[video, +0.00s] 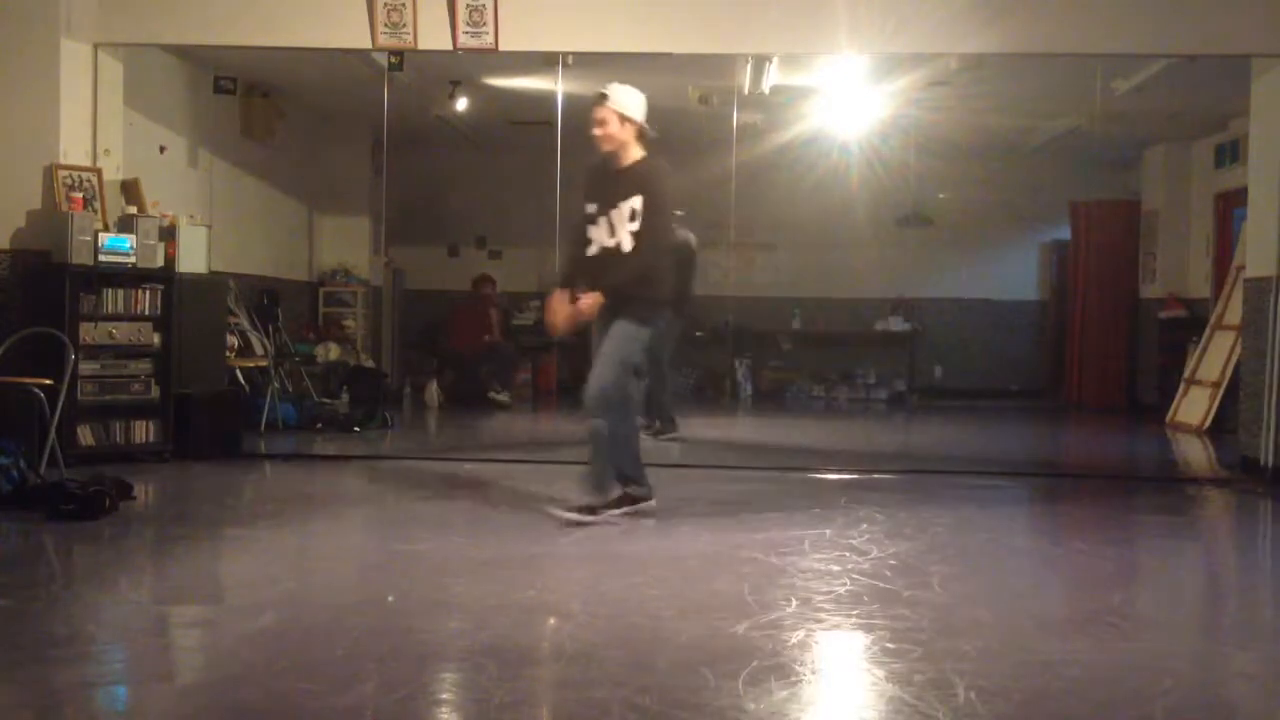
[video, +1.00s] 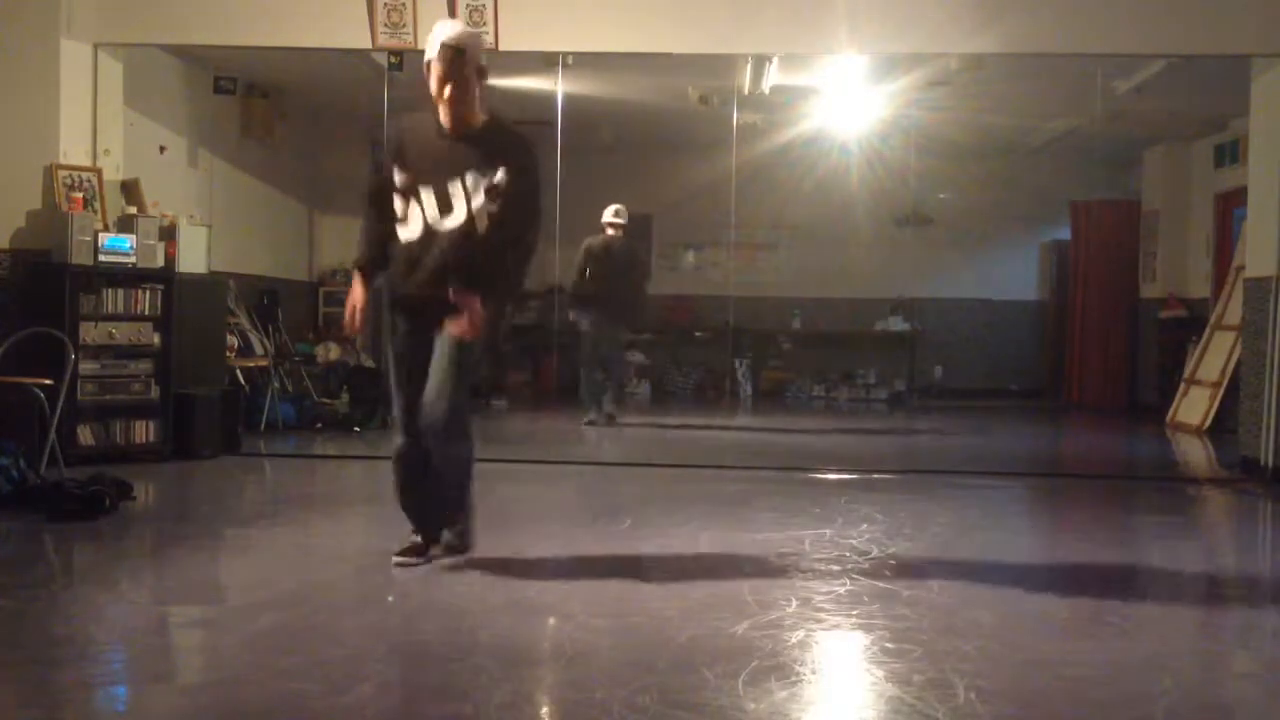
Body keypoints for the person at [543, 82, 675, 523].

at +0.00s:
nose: (596, 131)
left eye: (605, 123)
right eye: (595, 123)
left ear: (632, 126)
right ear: (599, 125)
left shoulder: (653, 175)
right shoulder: (597, 176)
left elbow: (652, 253)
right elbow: (584, 239)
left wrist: (603, 291)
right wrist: (566, 286)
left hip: (643, 300)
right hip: (606, 298)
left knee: (602, 390)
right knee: (612, 393)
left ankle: (614, 489)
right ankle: (631, 487)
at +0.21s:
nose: (565, 139)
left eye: (573, 130)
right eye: (561, 131)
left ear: (599, 131)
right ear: (559, 133)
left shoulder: (621, 191)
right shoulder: (552, 186)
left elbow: (624, 268)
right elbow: (517, 246)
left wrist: (597, 331)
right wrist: (475, 289)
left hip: (594, 316)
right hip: (557, 312)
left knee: (553, 408)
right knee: (586, 403)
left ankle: (525, 505)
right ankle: (621, 477)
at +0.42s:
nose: (534, 125)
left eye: (545, 115)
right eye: (528, 115)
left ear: (569, 117)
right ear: (521, 119)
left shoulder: (589, 182)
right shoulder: (514, 169)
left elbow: (599, 261)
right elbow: (485, 237)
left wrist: (594, 329)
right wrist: (460, 292)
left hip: (552, 311)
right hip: (502, 306)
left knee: (529, 403)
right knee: (483, 393)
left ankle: (522, 506)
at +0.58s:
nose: (501, 117)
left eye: (511, 105)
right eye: (493, 108)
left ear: (536, 107)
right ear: (486, 115)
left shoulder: (563, 172)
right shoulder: (480, 171)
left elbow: (579, 253)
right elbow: (465, 242)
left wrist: (567, 322)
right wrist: (456, 295)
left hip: (531, 313)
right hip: (475, 307)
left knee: (525, 413)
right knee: (449, 404)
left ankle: (517, 508)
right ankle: (435, 509)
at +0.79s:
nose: (451, 129)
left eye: (460, 117)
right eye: (444, 119)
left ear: (488, 111)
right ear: (439, 117)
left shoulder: (524, 173)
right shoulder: (437, 170)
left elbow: (535, 259)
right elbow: (424, 249)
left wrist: (530, 337)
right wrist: (405, 311)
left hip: (494, 319)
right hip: (437, 315)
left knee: (490, 425)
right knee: (417, 428)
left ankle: (506, 491)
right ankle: (430, 531)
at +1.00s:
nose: (448, 87)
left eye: (459, 76)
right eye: (440, 76)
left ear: (480, 77)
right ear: (427, 78)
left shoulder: (510, 146)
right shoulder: (404, 138)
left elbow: (518, 232)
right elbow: (379, 213)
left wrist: (488, 297)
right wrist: (361, 275)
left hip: (468, 297)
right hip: (404, 294)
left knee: (440, 411)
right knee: (407, 416)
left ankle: (454, 520)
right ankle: (424, 527)